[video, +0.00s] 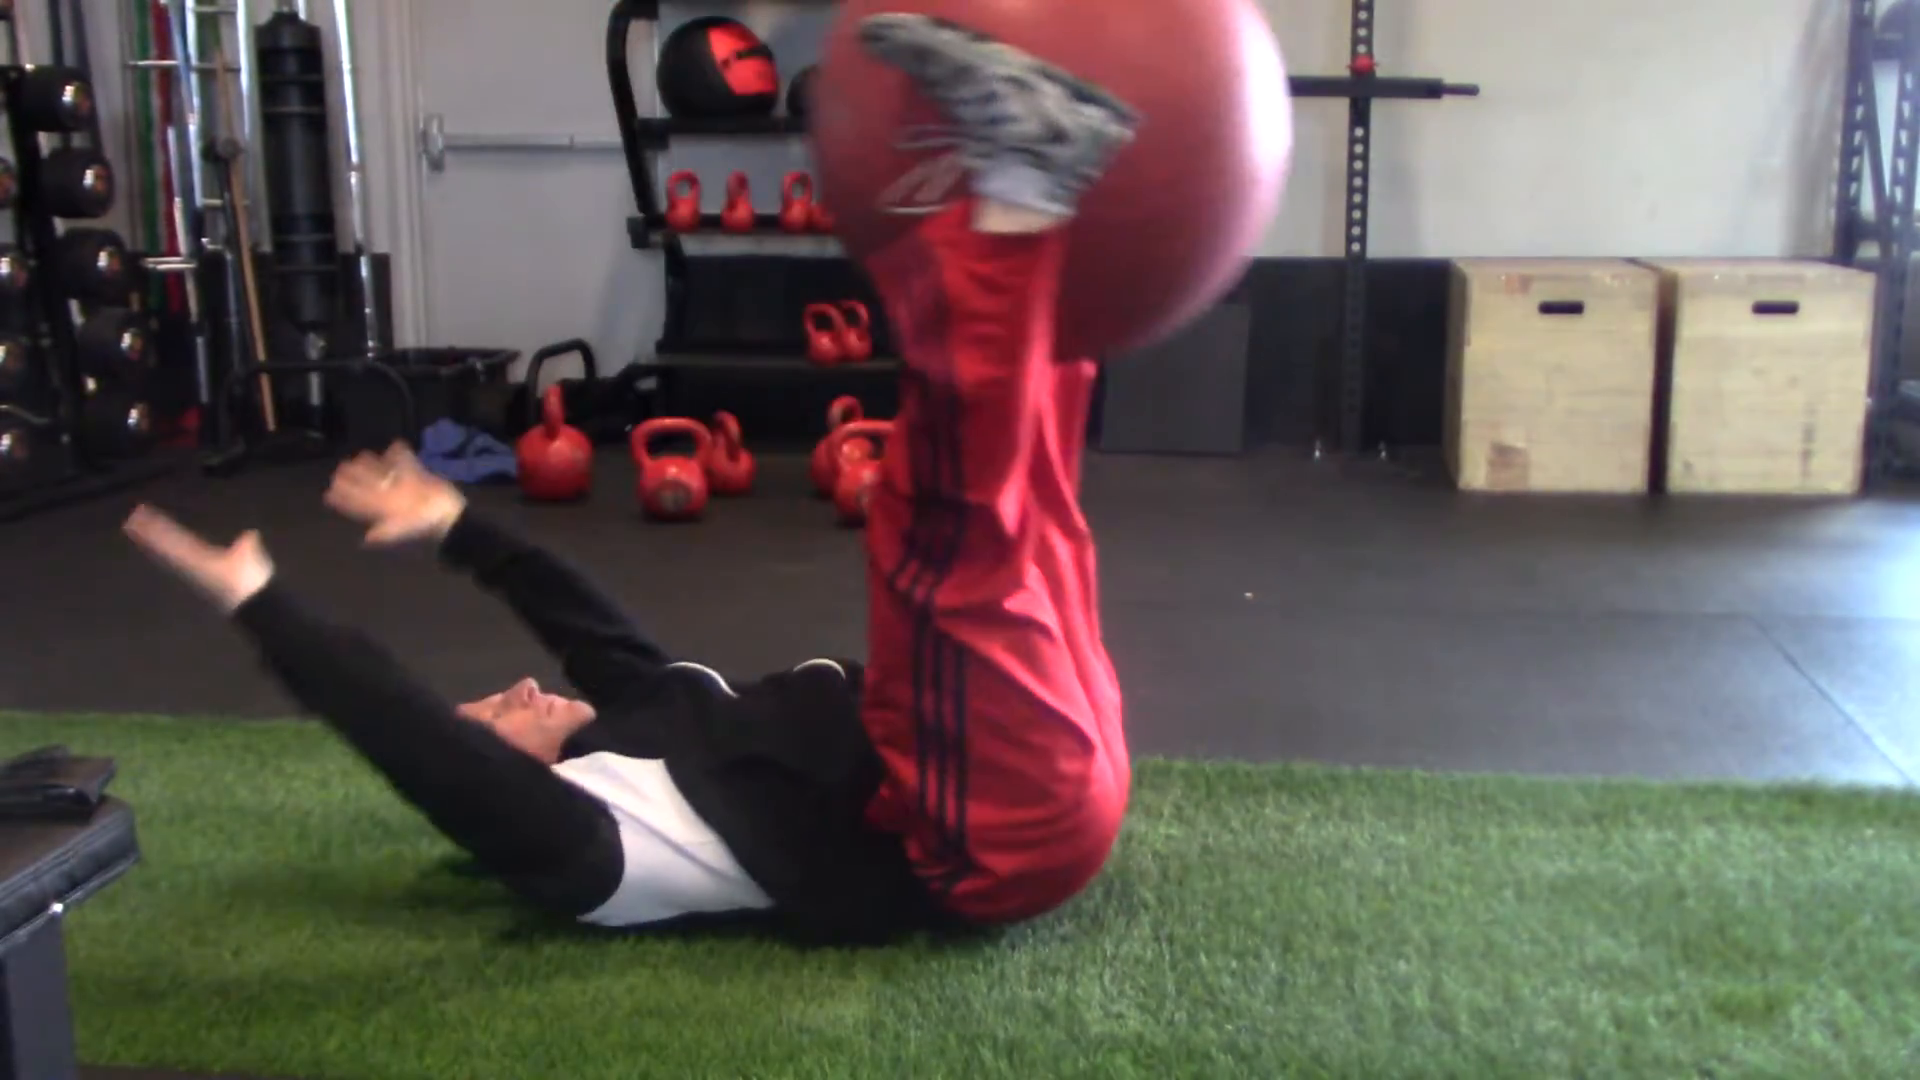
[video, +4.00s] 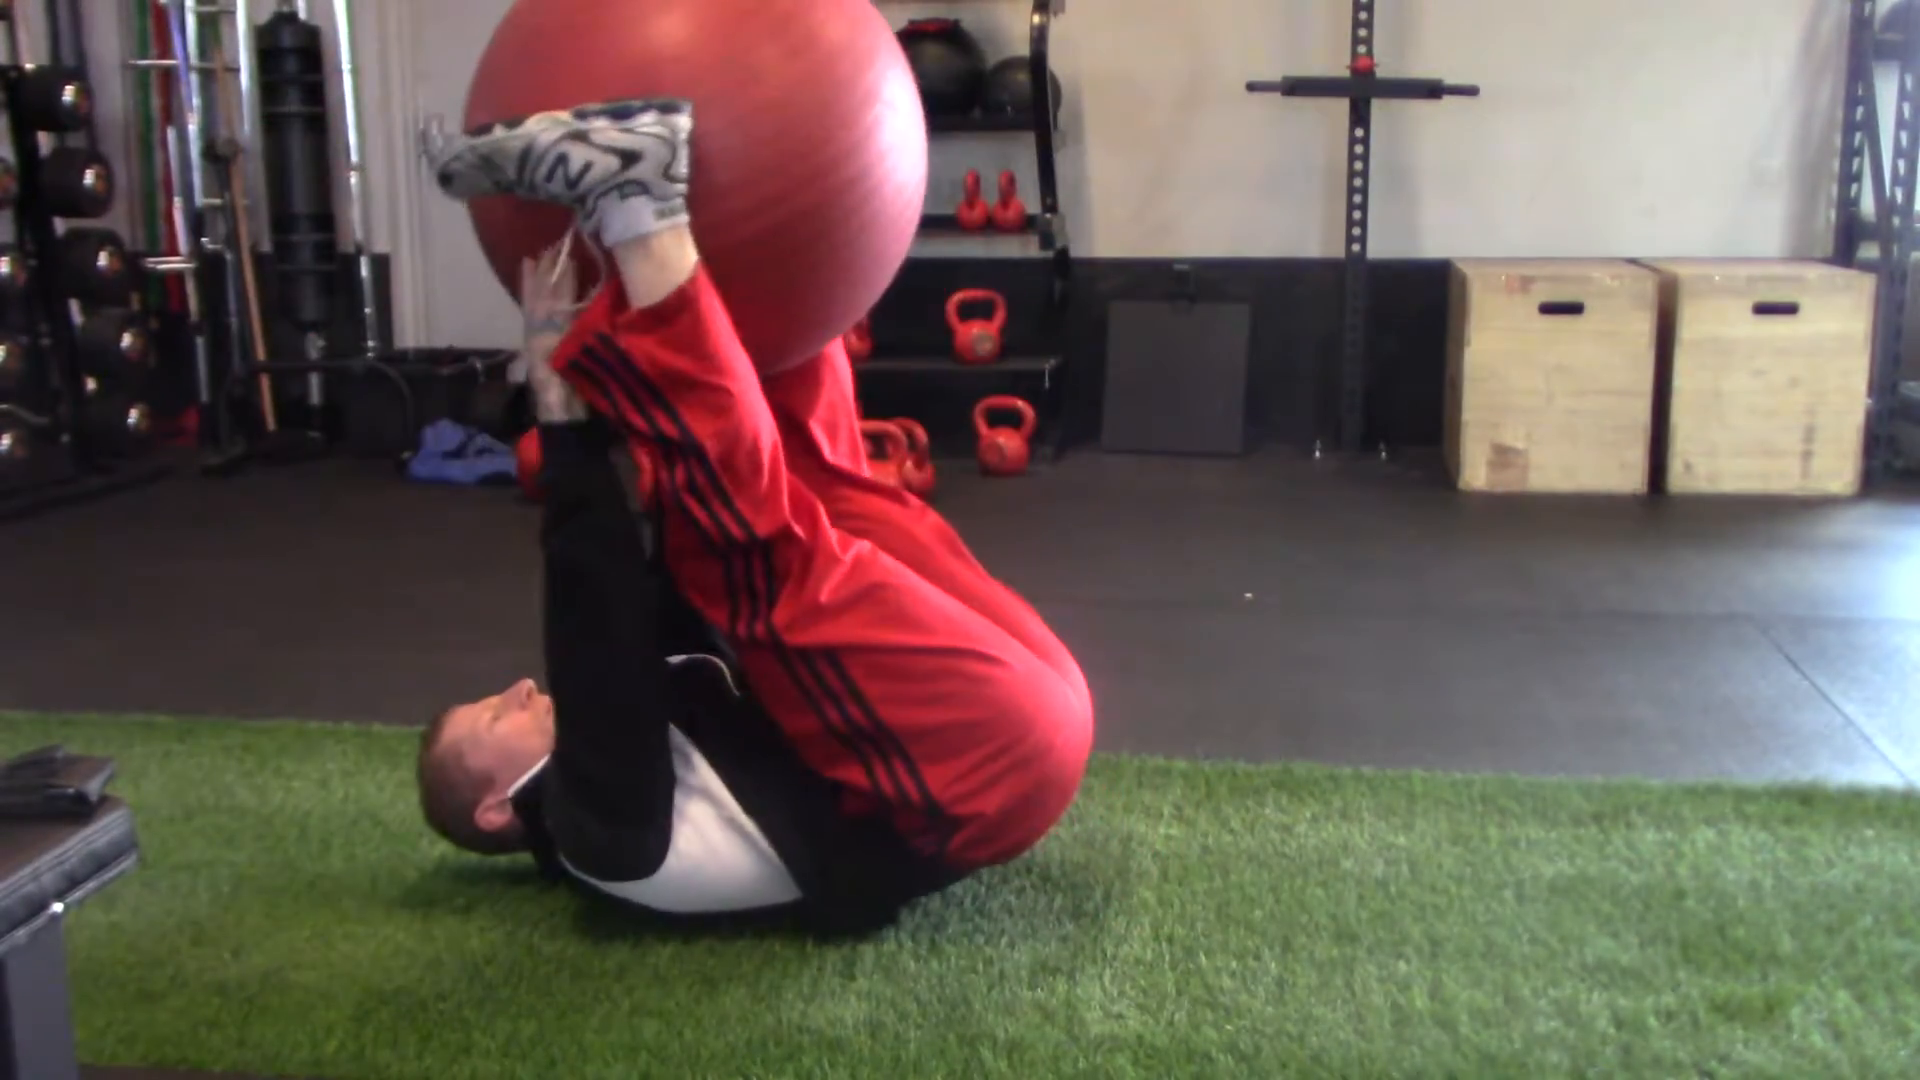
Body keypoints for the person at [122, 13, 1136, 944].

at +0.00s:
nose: (519, 692)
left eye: (509, 693)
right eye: (490, 712)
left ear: (546, 704)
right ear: (494, 768)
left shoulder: (654, 712)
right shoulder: (584, 845)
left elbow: (575, 608)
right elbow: (416, 742)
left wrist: (458, 521)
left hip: (1036, 785)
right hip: (987, 836)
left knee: (1017, 503)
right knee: (949, 512)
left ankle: (1027, 226)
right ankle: (1007, 205)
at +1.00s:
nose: (527, 726)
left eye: (518, 719)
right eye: (502, 751)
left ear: (551, 718)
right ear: (514, 804)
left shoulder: (660, 728)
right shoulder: (618, 831)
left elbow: (523, 709)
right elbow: (464, 864)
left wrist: (375, 746)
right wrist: (224, 859)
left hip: (1037, 787)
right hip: (1016, 848)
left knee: (1198, 569)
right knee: (1160, 561)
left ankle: (1498, 427)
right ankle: (1501, 438)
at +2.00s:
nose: (523, 692)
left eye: (499, 695)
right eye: (490, 715)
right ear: (498, 808)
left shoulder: (686, 708)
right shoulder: (598, 842)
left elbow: (686, 536)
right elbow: (582, 655)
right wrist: (517, 447)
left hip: (1040, 721)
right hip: (981, 790)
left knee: (875, 478)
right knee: (788, 549)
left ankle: (855, 209)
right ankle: (713, 223)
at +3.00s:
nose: (524, 722)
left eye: (511, 699)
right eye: (499, 737)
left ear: (557, 692)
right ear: (508, 792)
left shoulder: (686, 715)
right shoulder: (627, 835)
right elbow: (435, 814)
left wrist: (329, 714)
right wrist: (218, 750)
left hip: (1068, 728)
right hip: (1035, 836)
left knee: (1310, 572)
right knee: (1314, 657)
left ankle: (1618, 660)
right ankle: (1684, 785)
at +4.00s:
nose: (525, 688)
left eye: (507, 692)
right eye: (498, 711)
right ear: (502, 807)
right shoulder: (602, 830)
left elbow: (663, 595)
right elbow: (598, 620)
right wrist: (561, 409)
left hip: (1031, 716)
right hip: (969, 778)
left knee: (817, 491)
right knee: (751, 556)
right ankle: (640, 217)